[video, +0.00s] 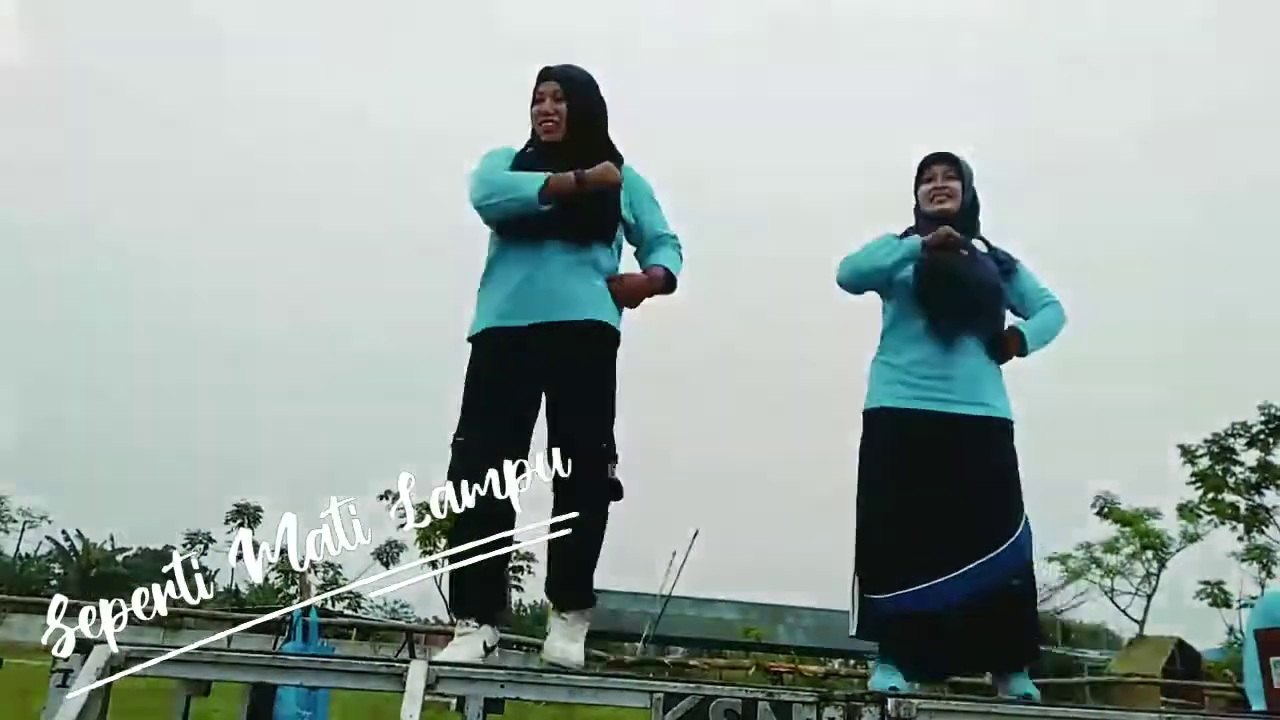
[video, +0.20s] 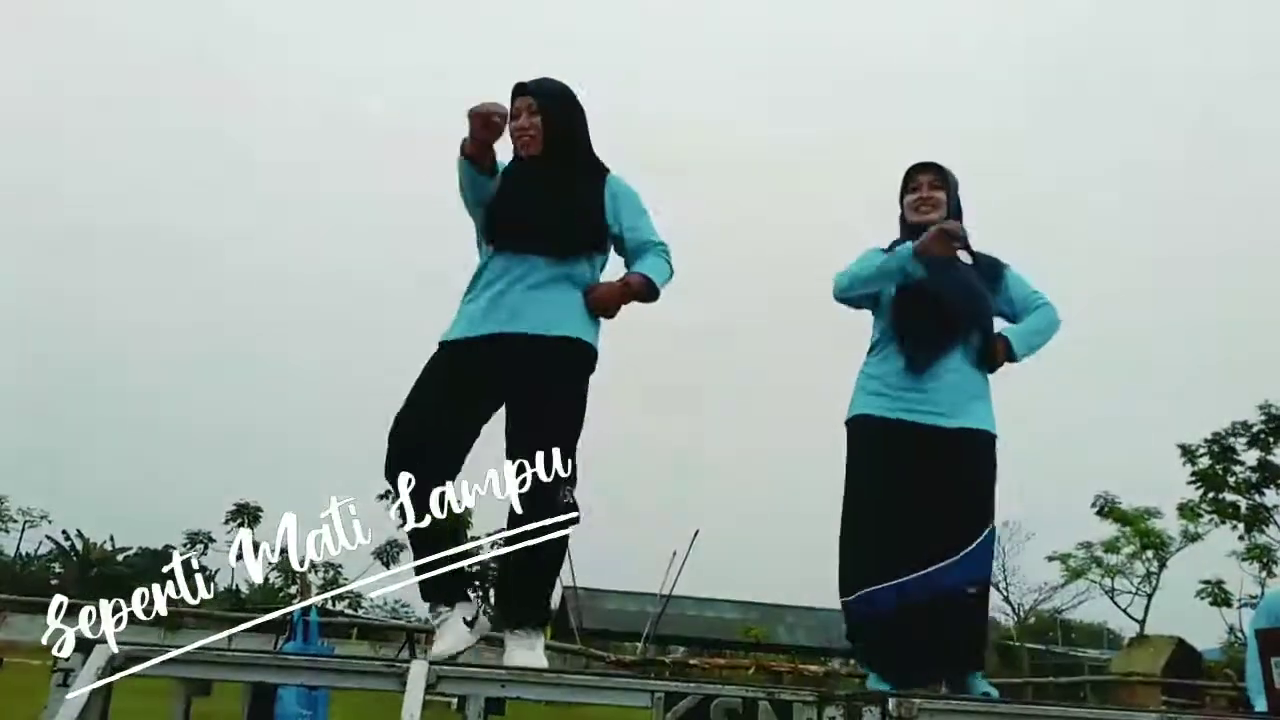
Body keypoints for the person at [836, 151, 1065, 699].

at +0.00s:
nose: (939, 186)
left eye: (950, 179)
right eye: (930, 180)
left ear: (969, 194)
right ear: (916, 196)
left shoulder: (997, 258)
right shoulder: (896, 249)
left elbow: (1052, 312)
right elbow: (848, 275)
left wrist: (1020, 339)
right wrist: (915, 246)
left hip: (978, 409)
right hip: (900, 404)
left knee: (998, 535)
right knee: (897, 531)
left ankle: (1011, 665)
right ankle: (894, 660)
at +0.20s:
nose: (925, 196)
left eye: (935, 188)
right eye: (915, 190)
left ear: (955, 204)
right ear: (901, 207)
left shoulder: (986, 268)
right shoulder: (886, 260)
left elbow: (1047, 314)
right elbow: (844, 288)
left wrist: (1010, 344)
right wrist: (916, 253)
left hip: (963, 418)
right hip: (884, 412)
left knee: (965, 538)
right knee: (880, 533)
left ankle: (964, 666)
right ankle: (881, 665)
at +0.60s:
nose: (885, 184)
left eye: (895, 180)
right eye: (875, 178)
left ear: (905, 198)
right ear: (854, 192)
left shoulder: (930, 261)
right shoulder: (821, 253)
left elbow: (989, 295)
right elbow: (757, 283)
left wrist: (1045, 336)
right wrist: (701, 282)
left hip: (911, 416)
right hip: (832, 410)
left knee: (929, 536)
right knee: (823, 534)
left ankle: (948, 658)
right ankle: (812, 660)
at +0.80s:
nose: (879, 183)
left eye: (887, 179)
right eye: (869, 172)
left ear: (891, 192)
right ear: (843, 177)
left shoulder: (905, 255)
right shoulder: (808, 235)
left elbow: (975, 267)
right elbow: (729, 257)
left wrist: (949, 239)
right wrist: (765, 293)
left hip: (893, 401)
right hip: (821, 396)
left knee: (891, 521)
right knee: (816, 521)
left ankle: (875, 641)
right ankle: (803, 655)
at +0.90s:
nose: (880, 199)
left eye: (887, 195)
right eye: (872, 188)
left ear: (890, 205)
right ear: (843, 186)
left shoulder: (901, 261)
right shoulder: (807, 245)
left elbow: (957, 257)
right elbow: (732, 270)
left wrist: (890, 229)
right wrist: (784, 306)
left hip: (887, 410)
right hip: (817, 401)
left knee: (877, 528)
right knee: (814, 526)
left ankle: (851, 654)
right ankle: (800, 659)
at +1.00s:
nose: (885, 202)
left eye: (891, 197)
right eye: (877, 190)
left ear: (892, 208)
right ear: (847, 189)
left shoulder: (902, 264)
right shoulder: (804, 250)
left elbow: (963, 258)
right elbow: (735, 282)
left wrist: (893, 236)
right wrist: (787, 318)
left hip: (892, 417)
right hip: (820, 408)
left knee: (908, 529)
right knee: (815, 530)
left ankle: (884, 666)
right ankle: (799, 661)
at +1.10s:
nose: (894, 188)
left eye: (900, 183)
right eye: (886, 176)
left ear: (899, 195)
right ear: (855, 175)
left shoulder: (907, 258)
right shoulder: (812, 237)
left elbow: (989, 261)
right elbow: (743, 273)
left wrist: (941, 240)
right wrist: (793, 309)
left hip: (903, 404)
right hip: (829, 396)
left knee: (935, 520)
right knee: (817, 521)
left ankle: (932, 654)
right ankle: (805, 653)